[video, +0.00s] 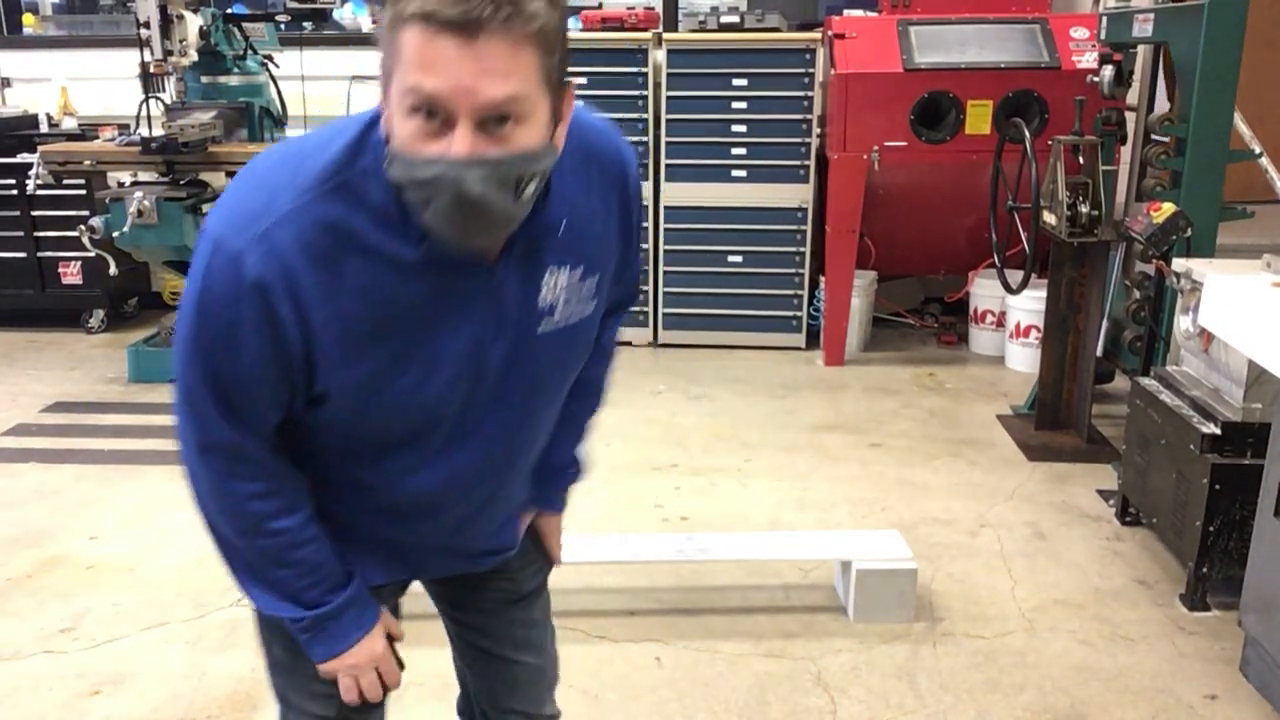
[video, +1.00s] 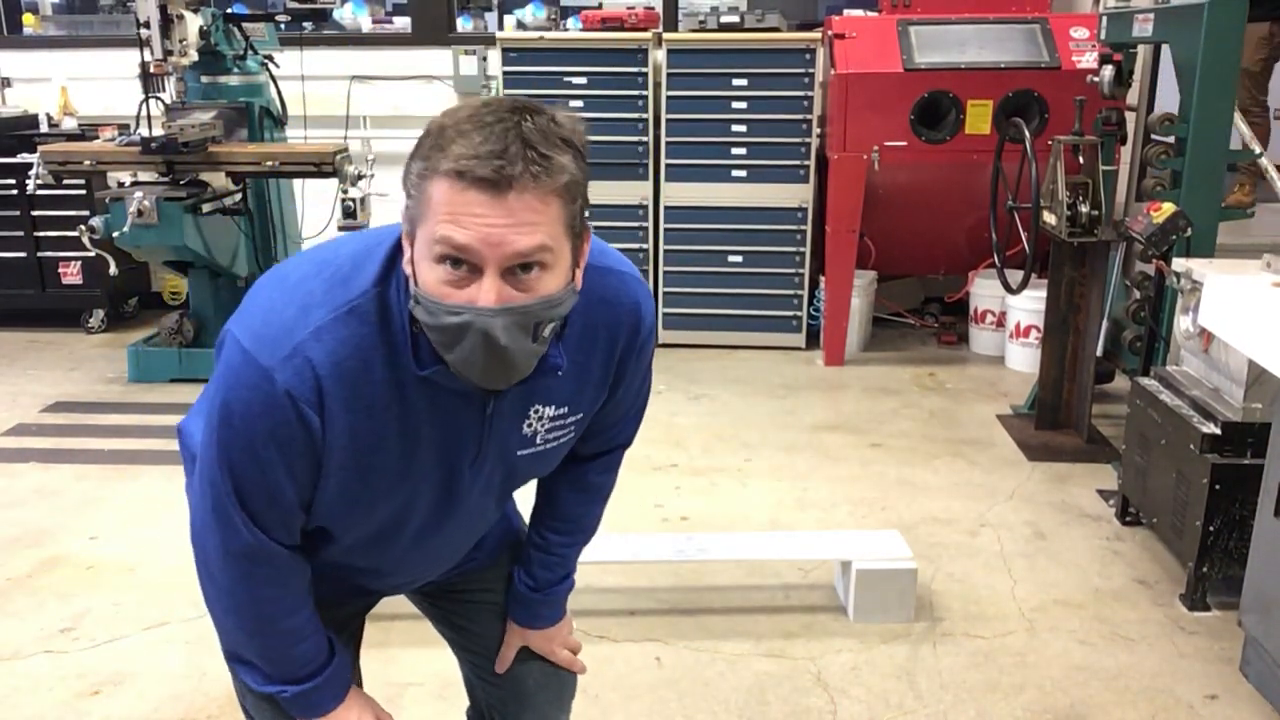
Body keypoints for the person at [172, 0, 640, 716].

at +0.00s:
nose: (460, 156)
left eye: (499, 120)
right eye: (428, 116)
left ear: (562, 111)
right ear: (384, 99)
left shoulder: (599, 175)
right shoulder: (265, 244)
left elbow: (592, 342)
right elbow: (227, 452)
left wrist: (547, 487)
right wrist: (328, 615)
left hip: (488, 506)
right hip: (326, 526)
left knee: (523, 703)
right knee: (336, 710)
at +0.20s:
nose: (436, 216)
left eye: (476, 179)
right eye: (404, 174)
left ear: (542, 173)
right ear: (359, 161)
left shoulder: (592, 245)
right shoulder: (233, 287)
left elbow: (584, 394)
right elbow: (172, 482)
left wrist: (529, 529)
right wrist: (283, 643)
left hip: (455, 522)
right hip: (291, 542)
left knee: (521, 686)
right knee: (304, 711)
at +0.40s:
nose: (435, 278)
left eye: (474, 242)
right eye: (403, 236)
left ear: (540, 233)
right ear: (360, 219)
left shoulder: (591, 295)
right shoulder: (232, 332)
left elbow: (577, 450)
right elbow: (183, 527)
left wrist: (525, 585)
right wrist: (292, 665)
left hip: (452, 530)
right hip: (286, 553)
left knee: (528, 687)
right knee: (290, 709)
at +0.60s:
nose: (447, 323)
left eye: (486, 286)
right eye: (416, 279)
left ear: (550, 272)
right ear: (371, 260)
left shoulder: (599, 324)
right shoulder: (246, 363)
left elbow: (583, 472)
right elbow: (203, 550)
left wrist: (537, 600)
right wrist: (304, 682)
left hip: (462, 532)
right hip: (301, 554)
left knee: (541, 692)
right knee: (285, 708)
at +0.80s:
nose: (472, 306)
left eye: (511, 270)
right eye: (440, 263)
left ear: (568, 257)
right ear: (394, 249)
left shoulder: (611, 315)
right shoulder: (264, 351)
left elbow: (587, 467)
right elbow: (221, 543)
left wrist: (541, 602)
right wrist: (308, 687)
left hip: (465, 529)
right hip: (305, 552)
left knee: (537, 692)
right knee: (289, 711)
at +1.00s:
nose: (488, 305)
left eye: (525, 269)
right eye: (456, 264)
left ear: (578, 255)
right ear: (409, 244)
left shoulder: (614, 309)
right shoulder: (284, 361)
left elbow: (586, 466)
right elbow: (243, 556)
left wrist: (541, 598)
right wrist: (323, 695)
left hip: (463, 523)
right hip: (310, 547)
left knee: (536, 689)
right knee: (291, 705)